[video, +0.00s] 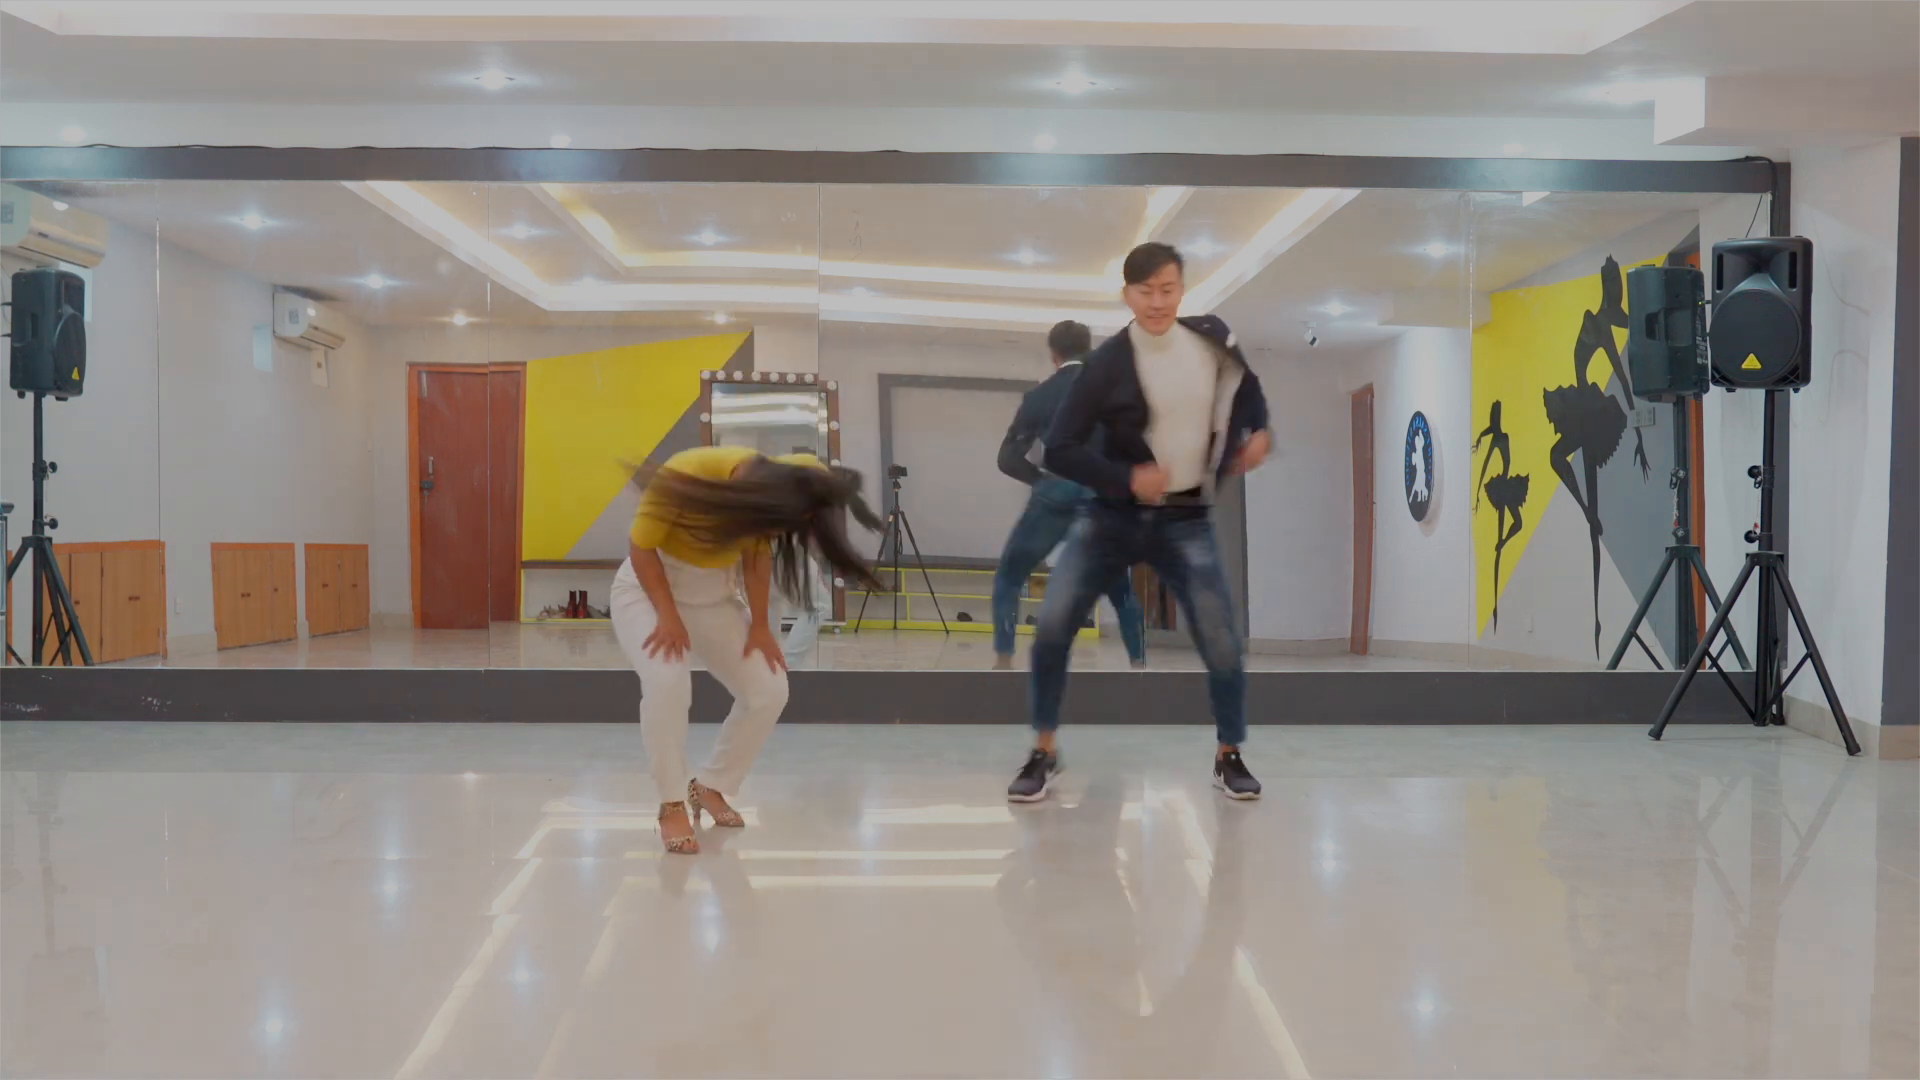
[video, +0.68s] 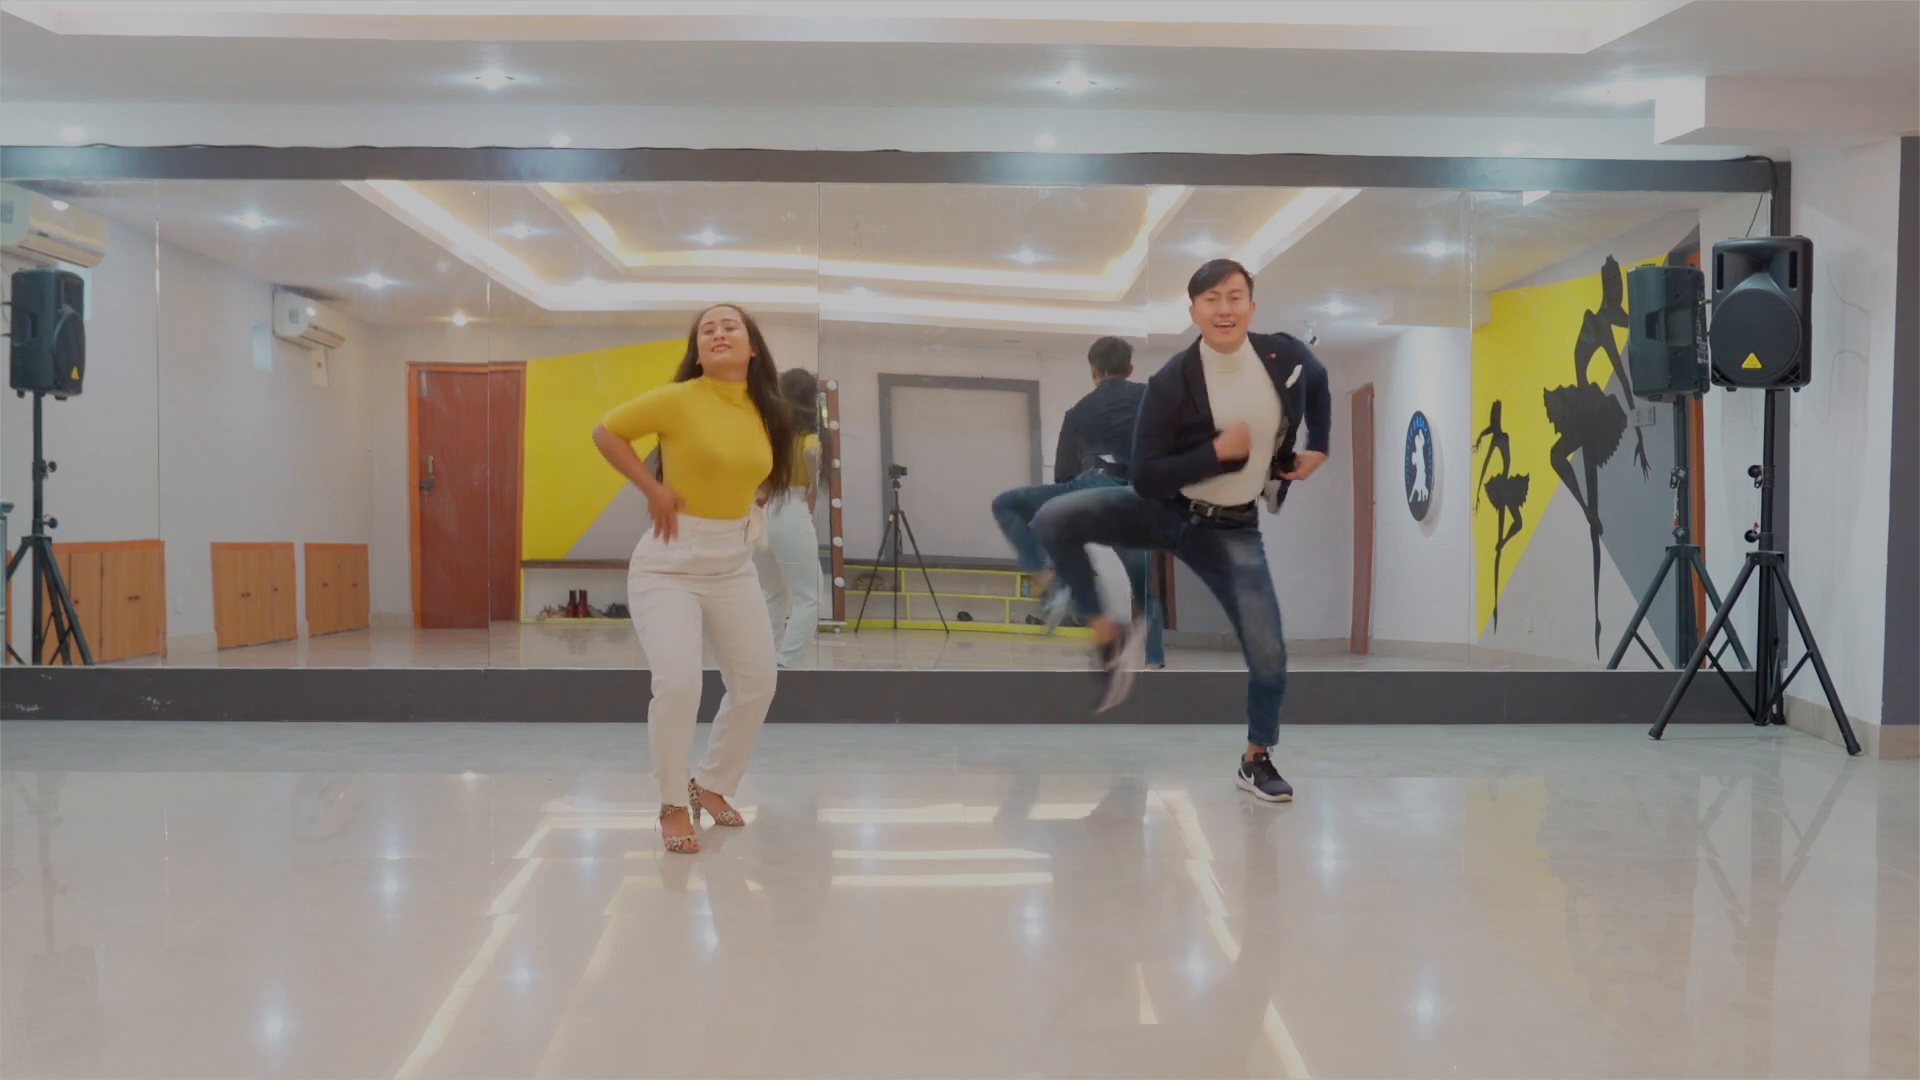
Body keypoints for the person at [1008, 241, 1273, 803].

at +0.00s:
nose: (1158, 302)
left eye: (1168, 290)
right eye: (1146, 292)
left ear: (1184, 291)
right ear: (1128, 294)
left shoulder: (1213, 346)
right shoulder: (1106, 362)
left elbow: (1247, 390)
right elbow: (1060, 449)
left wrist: (1255, 431)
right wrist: (1125, 476)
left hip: (1185, 517)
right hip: (1110, 516)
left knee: (1223, 644)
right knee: (1053, 622)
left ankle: (1230, 754)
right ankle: (1043, 750)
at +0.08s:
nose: (1173, 305)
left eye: (1183, 293)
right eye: (1160, 294)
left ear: (1197, 289)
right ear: (1140, 295)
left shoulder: (1222, 342)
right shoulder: (1120, 362)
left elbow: (1262, 384)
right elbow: (1070, 448)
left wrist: (1274, 408)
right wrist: (1129, 497)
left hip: (1217, 513)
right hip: (1144, 517)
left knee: (1248, 640)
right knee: (1096, 615)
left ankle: (1231, 753)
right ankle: (1095, 726)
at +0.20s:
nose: (1186, 314)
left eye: (1197, 301)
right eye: (1173, 301)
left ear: (1210, 295)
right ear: (1153, 297)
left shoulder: (1230, 355)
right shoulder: (1119, 362)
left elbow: (1279, 428)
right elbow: (1088, 444)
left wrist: (1261, 402)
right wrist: (1144, 489)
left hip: (1248, 508)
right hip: (1186, 518)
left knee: (1262, 645)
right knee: (1225, 643)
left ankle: (1230, 753)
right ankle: (1181, 719)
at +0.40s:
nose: (1196, 299)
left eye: (1205, 287)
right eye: (1184, 288)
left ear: (1221, 288)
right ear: (1165, 292)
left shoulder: (1252, 350)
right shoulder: (1141, 363)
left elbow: (1312, 402)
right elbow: (1094, 442)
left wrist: (1282, 420)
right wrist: (1145, 423)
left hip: (1266, 511)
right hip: (1201, 518)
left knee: (1278, 644)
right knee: (1240, 638)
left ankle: (1230, 756)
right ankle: (1204, 723)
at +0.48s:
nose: (1200, 286)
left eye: (1211, 274)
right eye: (1188, 275)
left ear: (1227, 280)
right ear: (1169, 283)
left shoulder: (1264, 335)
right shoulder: (1148, 355)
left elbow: (1345, 383)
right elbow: (1102, 432)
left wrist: (1319, 445)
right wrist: (1167, 398)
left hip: (1255, 502)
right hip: (1184, 502)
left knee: (1283, 633)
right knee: (1179, 592)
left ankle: (1237, 744)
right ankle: (1202, 679)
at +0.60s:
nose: (1215, 302)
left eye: (1226, 291)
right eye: (1204, 292)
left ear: (1244, 299)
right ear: (1186, 302)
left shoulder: (1273, 348)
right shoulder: (1166, 374)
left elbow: (1330, 368)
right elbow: (1134, 458)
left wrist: (1310, 439)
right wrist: (1202, 432)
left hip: (1241, 517)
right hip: (1173, 502)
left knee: (1281, 647)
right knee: (1084, 523)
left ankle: (1257, 758)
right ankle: (1159, 606)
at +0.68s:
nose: (1225, 308)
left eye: (1235, 297)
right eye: (1212, 298)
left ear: (1252, 304)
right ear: (1193, 309)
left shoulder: (1284, 355)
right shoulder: (1171, 381)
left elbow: (1315, 384)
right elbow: (1148, 475)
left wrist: (1319, 448)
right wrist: (1214, 454)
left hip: (1233, 524)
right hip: (1163, 506)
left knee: (1269, 655)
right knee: (1051, 521)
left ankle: (1258, 756)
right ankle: (1106, 630)